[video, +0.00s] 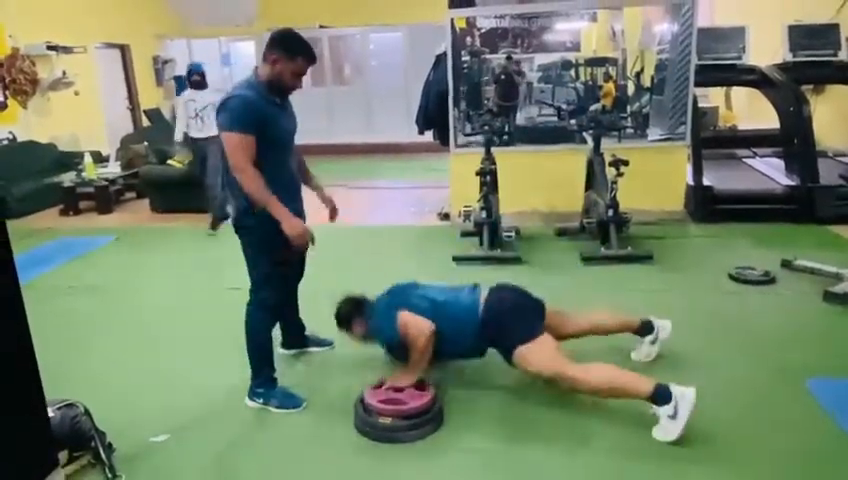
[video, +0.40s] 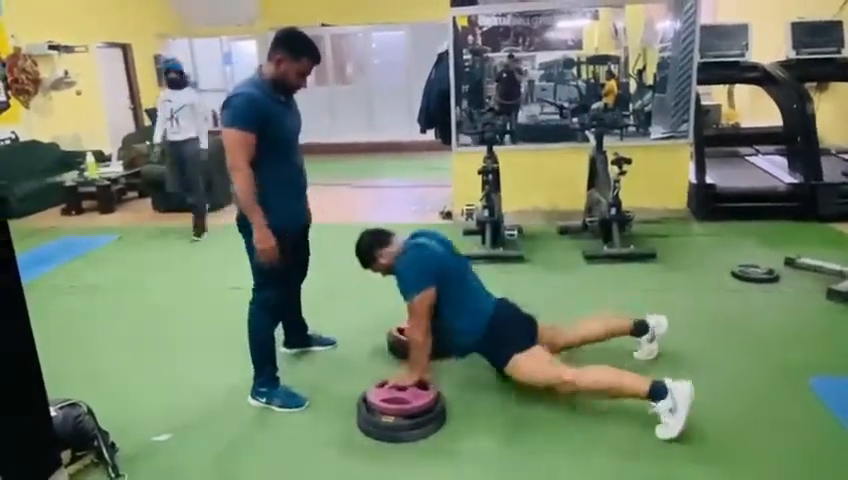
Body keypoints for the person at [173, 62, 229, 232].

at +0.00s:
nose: (197, 79)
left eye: (200, 76)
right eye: (193, 77)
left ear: (205, 76)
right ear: (188, 79)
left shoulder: (216, 95)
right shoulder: (183, 98)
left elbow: (228, 116)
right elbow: (181, 121)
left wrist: (229, 136)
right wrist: (178, 141)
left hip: (213, 140)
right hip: (195, 141)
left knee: (212, 179)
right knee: (202, 177)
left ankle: (216, 214)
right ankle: (223, 205)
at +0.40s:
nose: (172, 78)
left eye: (176, 74)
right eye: (169, 75)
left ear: (182, 75)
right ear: (166, 77)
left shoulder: (192, 94)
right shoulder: (164, 96)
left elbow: (202, 120)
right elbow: (160, 120)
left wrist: (204, 145)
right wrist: (157, 141)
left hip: (190, 141)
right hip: (172, 143)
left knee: (194, 183)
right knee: (178, 185)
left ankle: (198, 226)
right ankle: (200, 205)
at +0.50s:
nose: (162, 78)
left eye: (166, 75)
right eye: (160, 75)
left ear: (174, 75)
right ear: (158, 77)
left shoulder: (187, 95)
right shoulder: (159, 96)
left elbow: (194, 121)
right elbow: (156, 121)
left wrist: (191, 143)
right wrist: (154, 141)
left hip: (183, 143)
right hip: (164, 144)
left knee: (192, 184)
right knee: (163, 185)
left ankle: (200, 223)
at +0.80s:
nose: (131, 81)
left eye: (134, 77)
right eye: (129, 78)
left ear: (143, 77)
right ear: (127, 80)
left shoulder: (153, 97)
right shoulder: (134, 99)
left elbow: (165, 124)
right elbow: (136, 125)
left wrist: (158, 143)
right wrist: (132, 142)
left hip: (156, 148)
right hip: (140, 148)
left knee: (169, 191)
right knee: (143, 194)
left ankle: (193, 218)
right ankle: (147, 235)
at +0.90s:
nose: (120, 80)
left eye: (123, 75)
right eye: (117, 77)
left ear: (133, 75)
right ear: (115, 79)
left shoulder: (145, 97)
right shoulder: (121, 100)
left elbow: (157, 126)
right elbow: (121, 128)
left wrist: (152, 148)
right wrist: (121, 150)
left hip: (146, 150)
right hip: (129, 151)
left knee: (154, 197)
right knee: (136, 198)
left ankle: (178, 217)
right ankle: (147, 237)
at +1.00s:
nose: (111, 80)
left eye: (115, 76)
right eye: (108, 77)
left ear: (123, 76)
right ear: (105, 79)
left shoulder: (137, 97)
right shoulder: (109, 100)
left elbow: (151, 124)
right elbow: (110, 127)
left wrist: (150, 150)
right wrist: (110, 150)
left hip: (138, 150)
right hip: (120, 152)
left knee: (136, 201)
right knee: (134, 200)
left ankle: (158, 227)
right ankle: (147, 237)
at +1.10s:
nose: (102, 81)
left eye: (105, 76)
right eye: (98, 77)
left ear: (114, 77)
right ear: (95, 79)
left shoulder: (130, 100)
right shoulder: (99, 102)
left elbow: (144, 127)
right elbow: (101, 128)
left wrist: (148, 152)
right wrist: (99, 150)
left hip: (130, 151)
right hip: (110, 153)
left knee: (125, 200)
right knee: (128, 199)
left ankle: (136, 242)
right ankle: (146, 238)